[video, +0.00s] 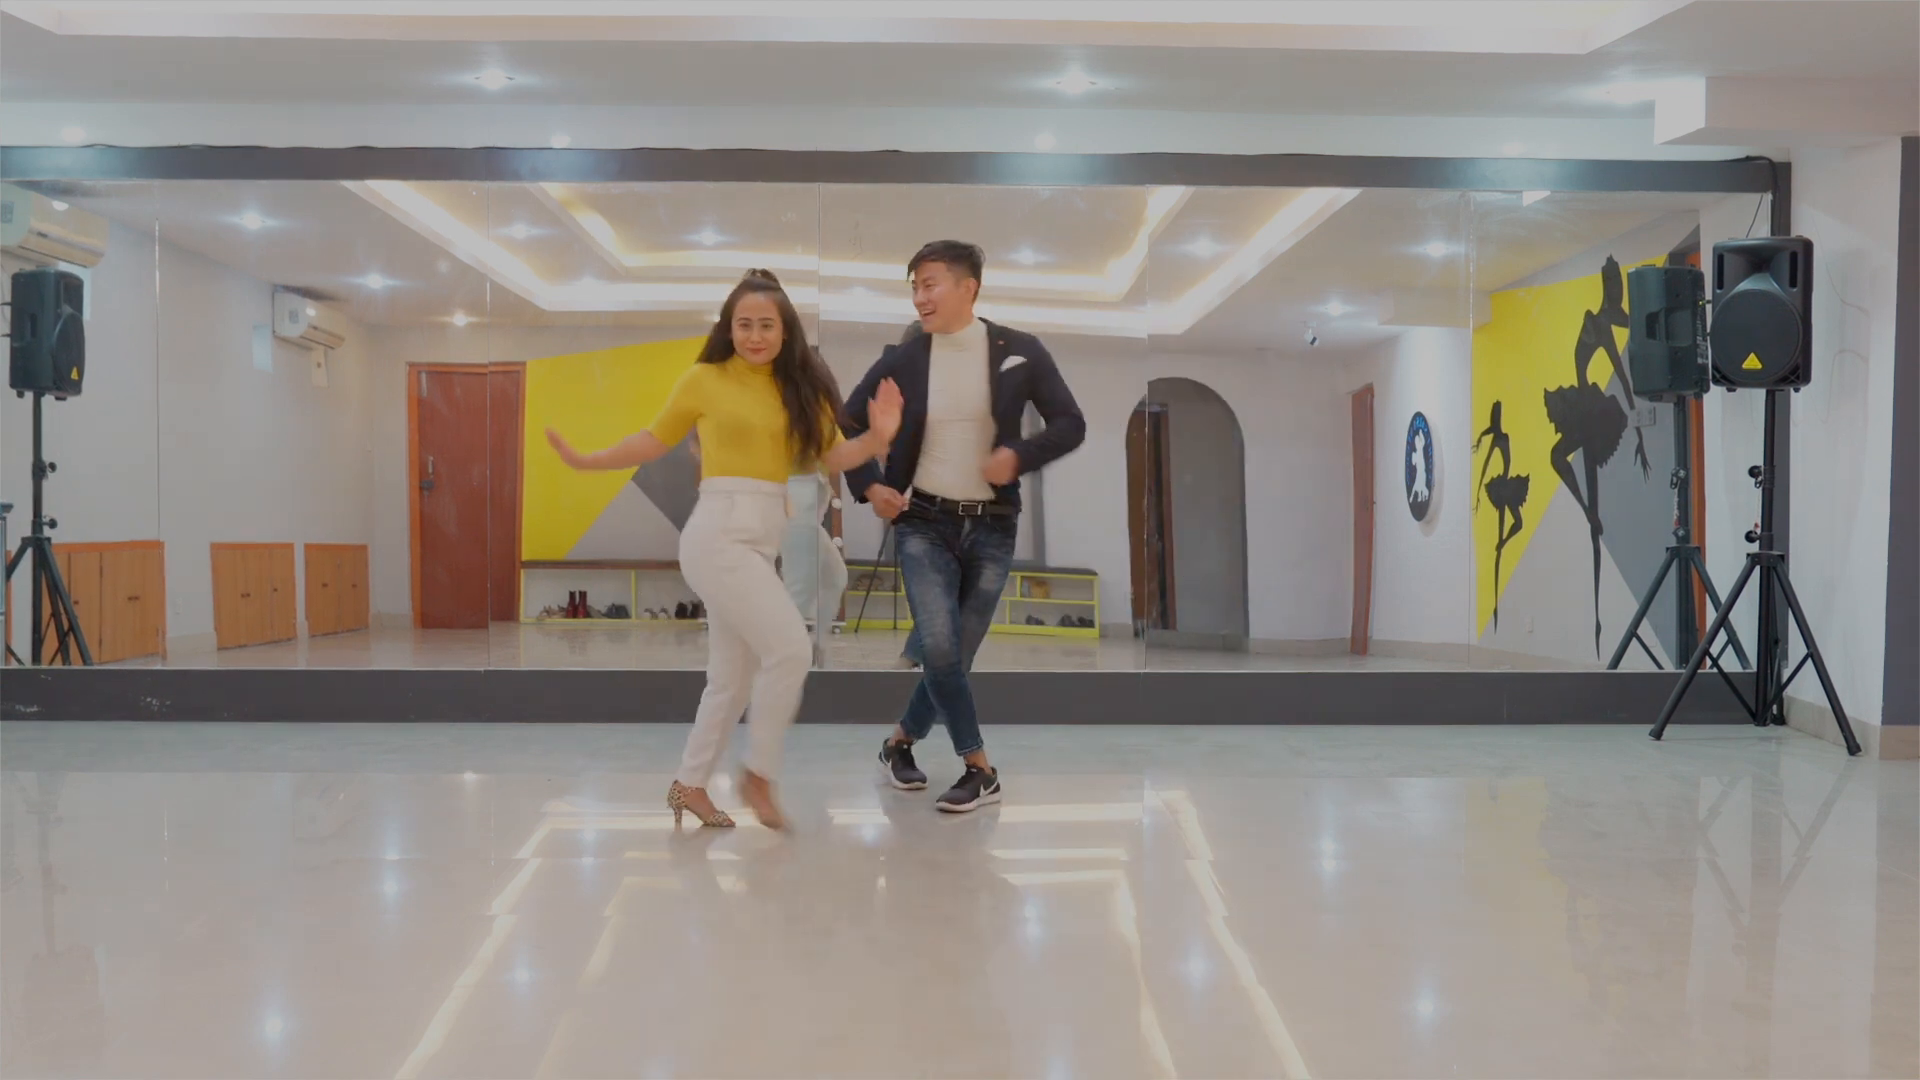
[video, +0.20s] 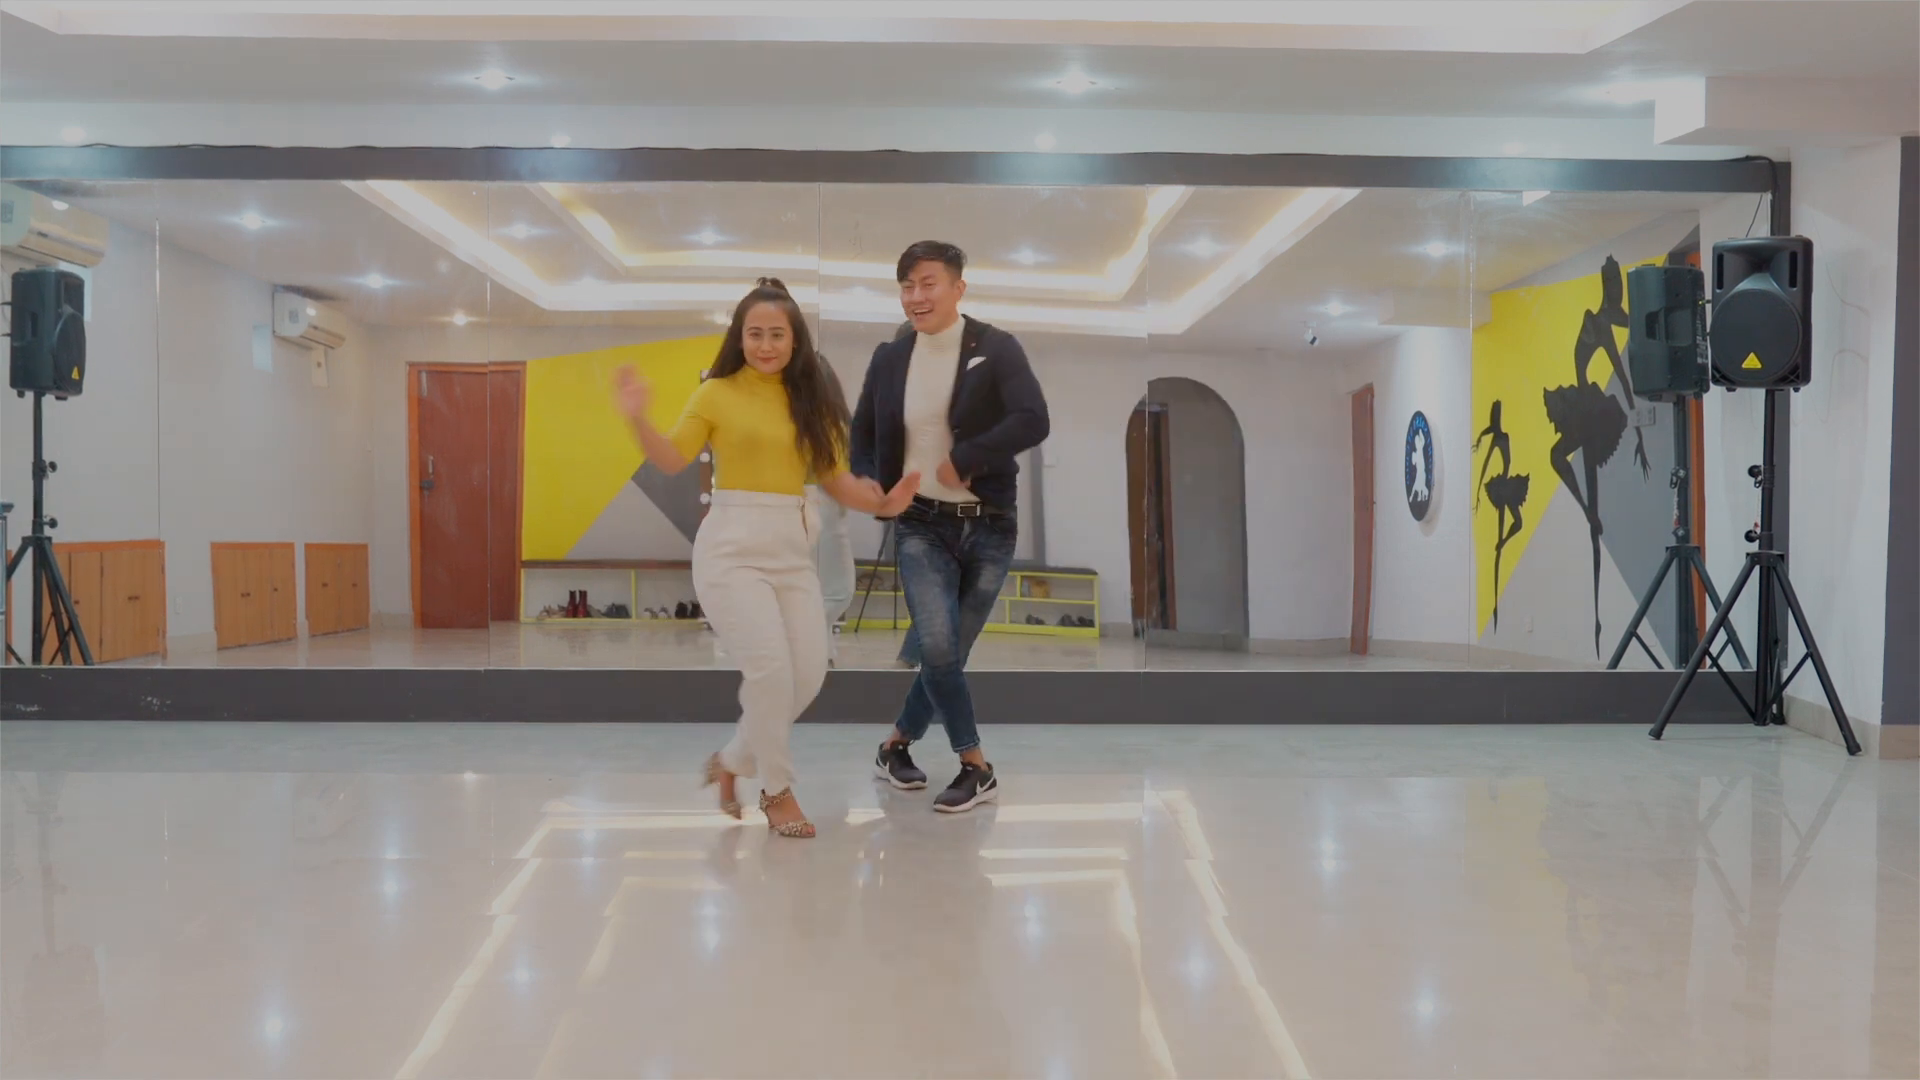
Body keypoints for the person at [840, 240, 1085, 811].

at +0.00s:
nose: (920, 298)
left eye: (931, 285)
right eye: (915, 288)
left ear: (969, 288)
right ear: (914, 294)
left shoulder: (1020, 353)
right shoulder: (903, 359)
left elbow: (1071, 426)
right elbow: (847, 426)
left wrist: (1021, 456)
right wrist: (868, 486)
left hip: (992, 524)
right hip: (921, 519)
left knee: (956, 655)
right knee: (938, 648)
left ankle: (901, 742)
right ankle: (979, 768)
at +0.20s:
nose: (917, 295)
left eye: (929, 283)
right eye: (909, 286)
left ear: (958, 288)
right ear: (900, 294)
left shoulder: (997, 349)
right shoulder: (890, 356)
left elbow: (1033, 419)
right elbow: (864, 434)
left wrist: (970, 455)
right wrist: (870, 485)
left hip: (988, 524)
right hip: (918, 520)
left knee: (949, 653)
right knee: (936, 647)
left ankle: (897, 745)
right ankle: (975, 765)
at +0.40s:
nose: (921, 286)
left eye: (934, 274)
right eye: (911, 276)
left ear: (959, 280)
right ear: (900, 285)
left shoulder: (999, 348)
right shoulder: (898, 354)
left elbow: (1061, 420)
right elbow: (873, 437)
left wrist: (1021, 485)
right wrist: (883, 426)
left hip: (983, 519)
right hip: (916, 517)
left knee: (968, 652)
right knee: (923, 654)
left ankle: (978, 709)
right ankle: (971, 767)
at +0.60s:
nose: (938, 277)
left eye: (949, 266)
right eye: (927, 268)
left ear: (971, 273)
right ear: (912, 278)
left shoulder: (1013, 336)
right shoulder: (890, 352)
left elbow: (1061, 409)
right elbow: (859, 438)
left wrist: (1028, 438)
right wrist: (892, 478)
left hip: (978, 509)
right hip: (912, 514)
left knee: (962, 622)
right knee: (914, 649)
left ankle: (956, 769)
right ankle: (974, 763)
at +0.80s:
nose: (940, 283)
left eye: (952, 272)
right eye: (929, 273)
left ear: (973, 280)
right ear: (913, 283)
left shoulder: (1003, 349)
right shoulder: (879, 353)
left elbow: (1056, 416)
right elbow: (831, 430)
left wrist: (991, 439)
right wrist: (854, 480)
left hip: (994, 518)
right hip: (918, 522)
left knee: (983, 654)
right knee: (915, 668)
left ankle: (946, 780)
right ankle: (961, 746)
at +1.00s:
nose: (936, 287)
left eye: (947, 276)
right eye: (925, 278)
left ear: (968, 284)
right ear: (908, 287)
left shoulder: (1001, 355)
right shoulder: (876, 358)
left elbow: (1059, 430)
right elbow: (832, 430)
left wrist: (1019, 477)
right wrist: (864, 462)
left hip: (993, 524)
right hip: (920, 524)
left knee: (997, 648)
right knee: (933, 652)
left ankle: (977, 772)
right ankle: (926, 763)